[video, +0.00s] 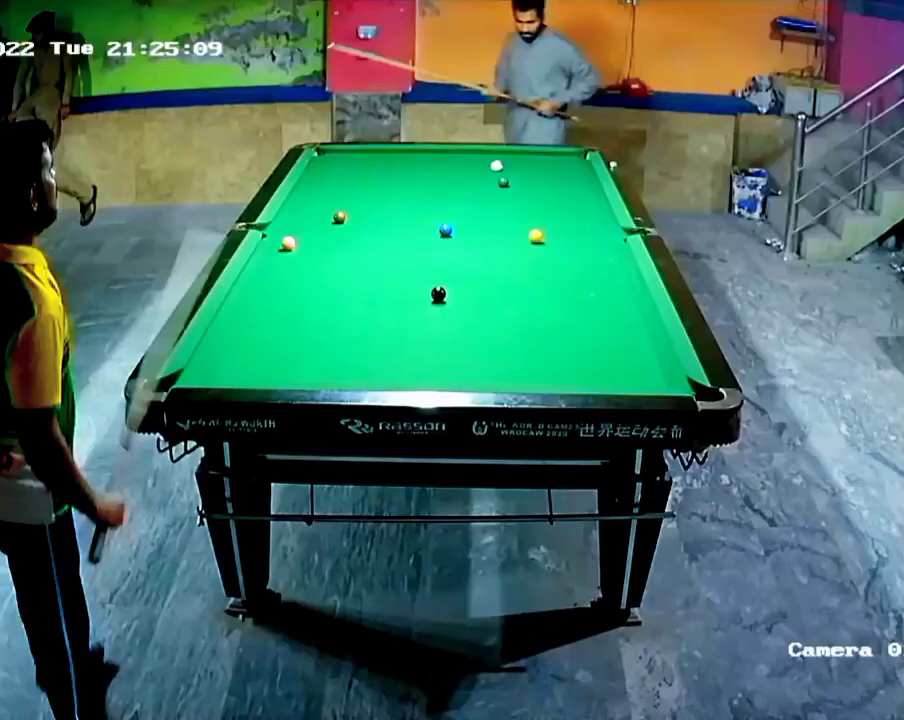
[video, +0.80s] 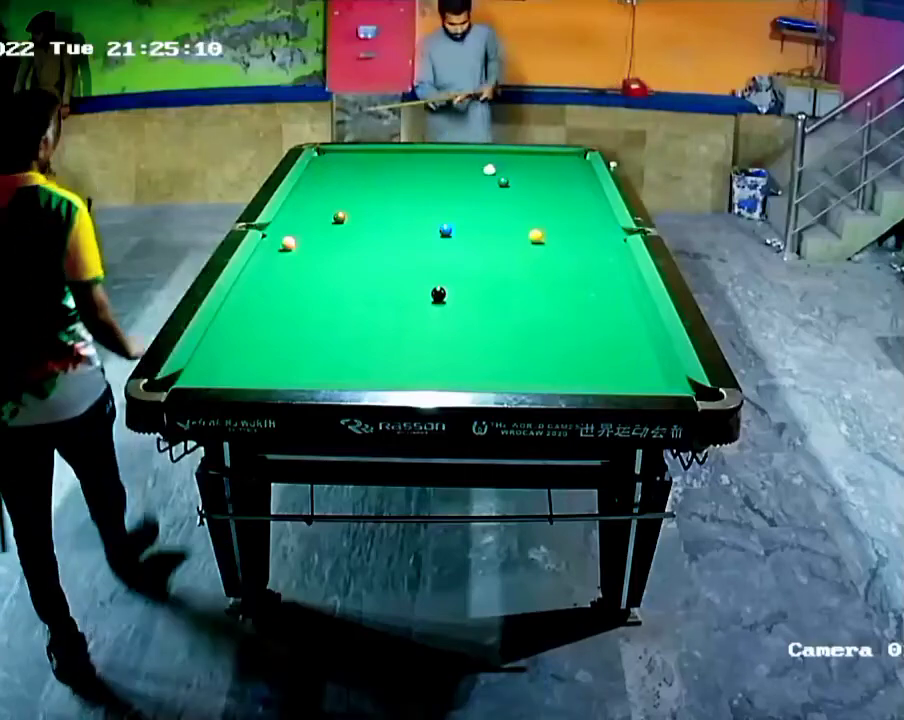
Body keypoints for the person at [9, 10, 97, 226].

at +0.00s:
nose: (34, 38)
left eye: (37, 33)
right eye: (32, 34)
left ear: (48, 31)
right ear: (32, 34)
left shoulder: (61, 47)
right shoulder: (33, 52)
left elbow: (70, 72)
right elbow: (20, 79)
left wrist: (66, 102)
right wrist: (16, 108)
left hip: (52, 100)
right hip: (34, 98)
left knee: (46, 161)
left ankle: (85, 193)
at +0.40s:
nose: (33, 38)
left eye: (36, 33)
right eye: (32, 34)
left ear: (46, 31)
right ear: (33, 34)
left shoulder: (61, 46)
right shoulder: (33, 52)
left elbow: (70, 71)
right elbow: (21, 79)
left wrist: (66, 101)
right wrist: (17, 105)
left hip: (49, 105)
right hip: (32, 106)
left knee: (37, 169)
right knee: (31, 167)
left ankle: (84, 197)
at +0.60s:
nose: (34, 37)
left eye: (37, 32)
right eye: (33, 33)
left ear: (46, 30)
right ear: (34, 33)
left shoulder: (60, 48)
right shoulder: (34, 51)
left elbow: (69, 73)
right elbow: (23, 73)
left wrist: (66, 100)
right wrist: (21, 94)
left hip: (54, 94)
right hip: (37, 93)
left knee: (50, 129)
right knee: (39, 128)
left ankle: (46, 161)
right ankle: (38, 162)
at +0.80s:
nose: (33, 38)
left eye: (36, 34)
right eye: (32, 34)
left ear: (45, 33)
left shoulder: (61, 50)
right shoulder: (32, 50)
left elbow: (68, 76)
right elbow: (22, 75)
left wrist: (66, 103)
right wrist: (18, 95)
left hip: (55, 102)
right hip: (36, 100)